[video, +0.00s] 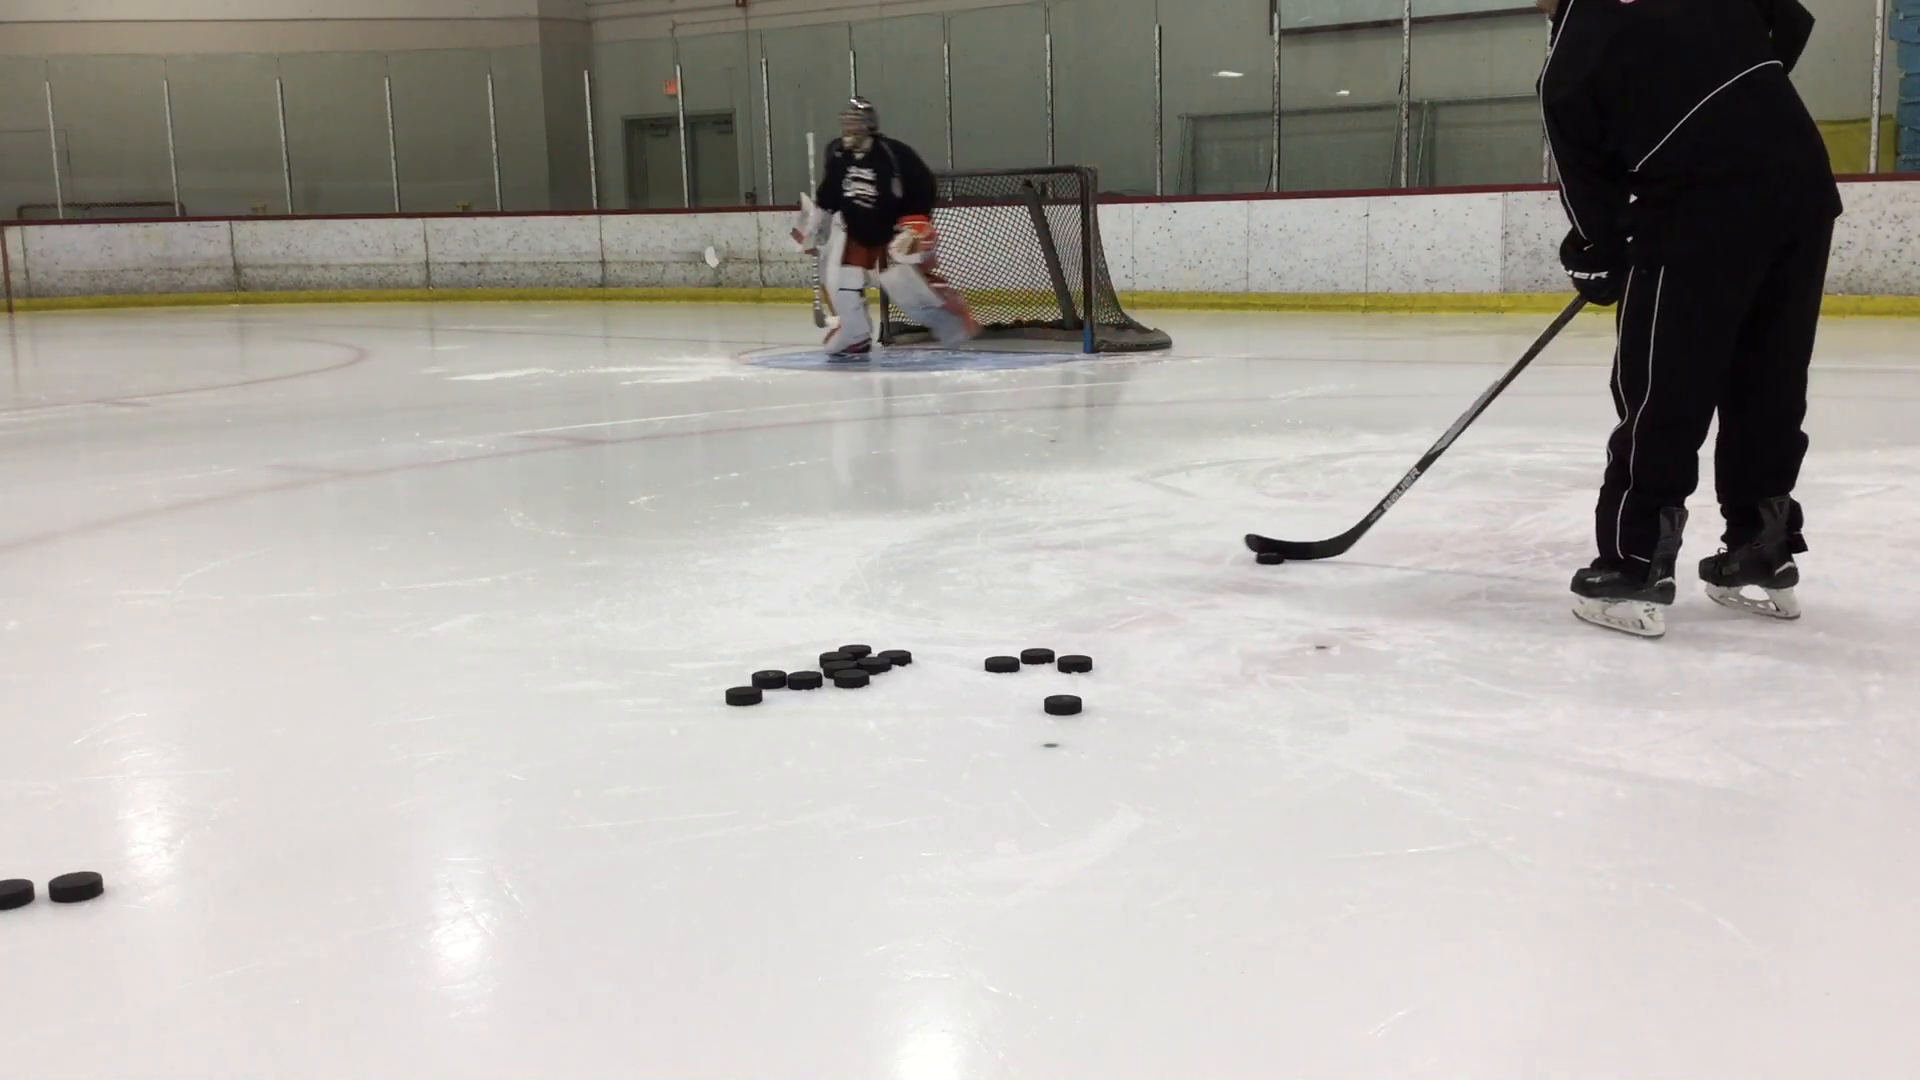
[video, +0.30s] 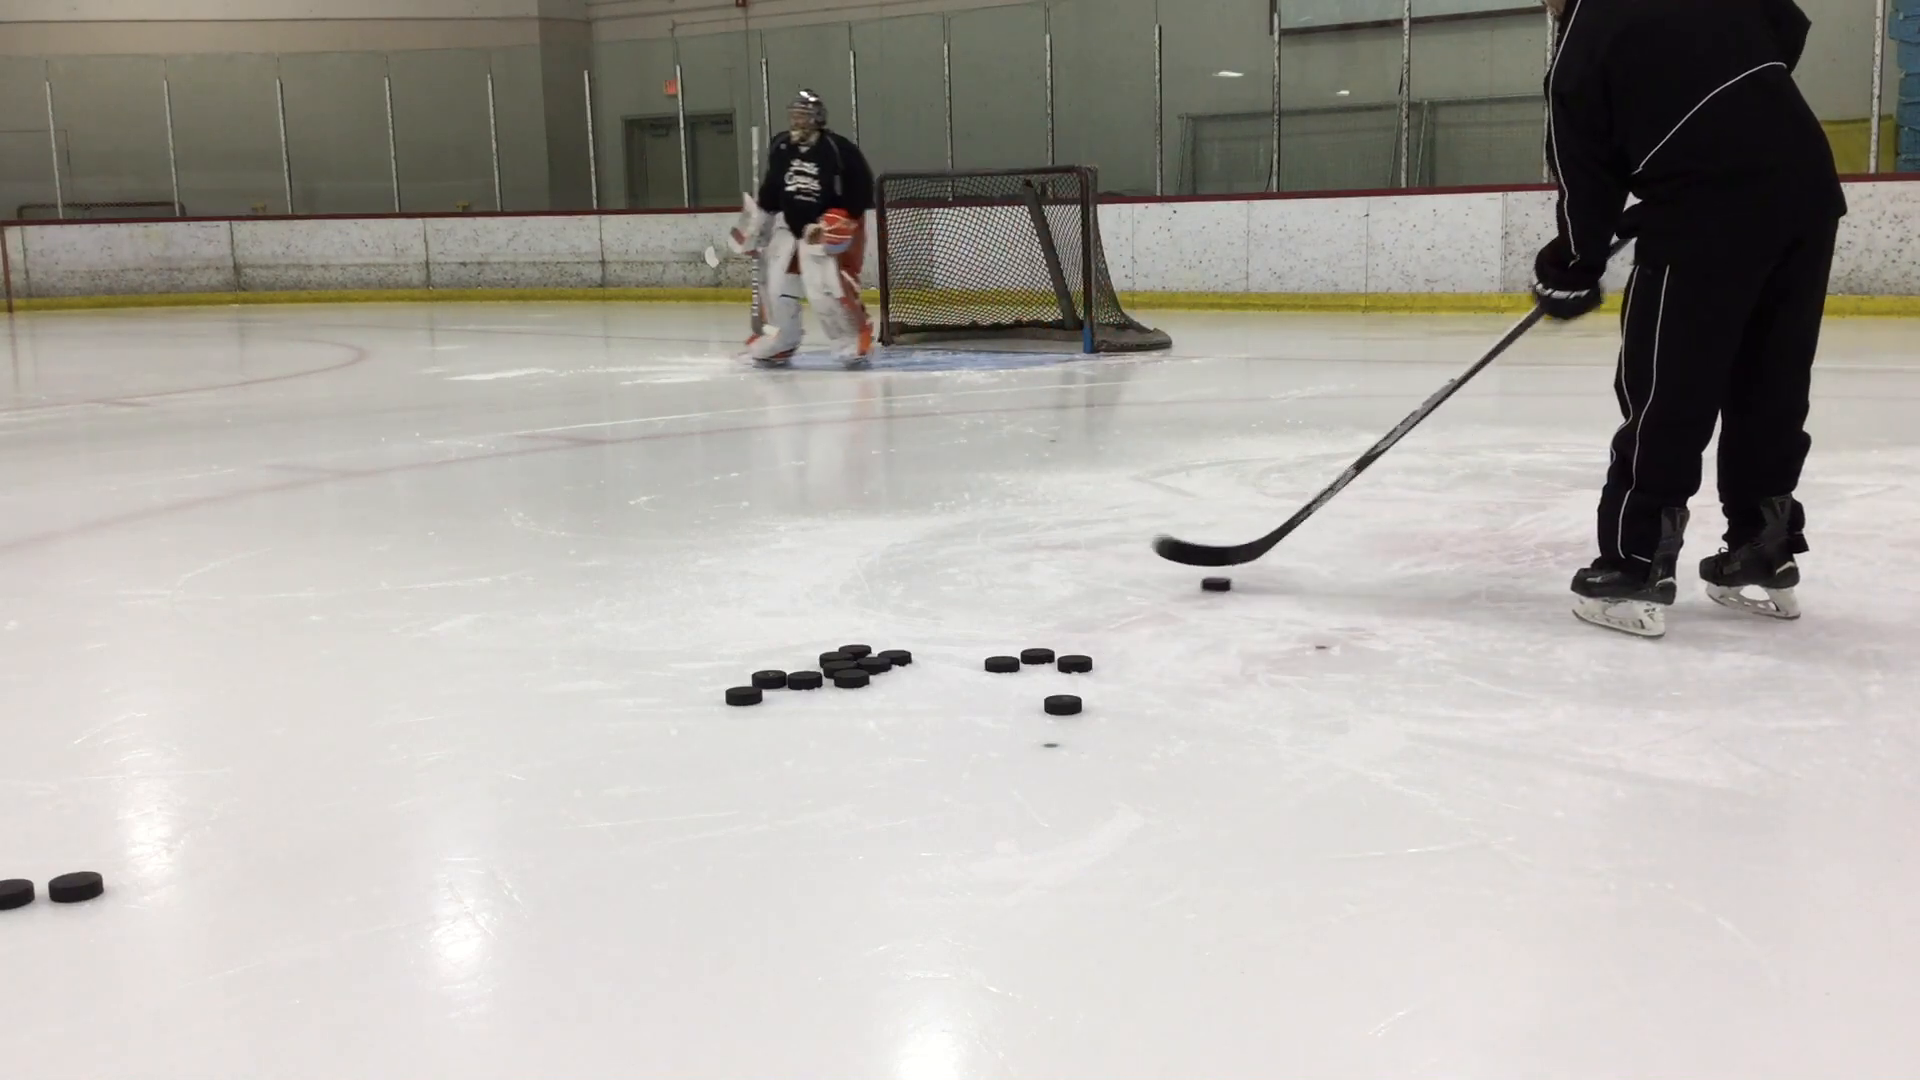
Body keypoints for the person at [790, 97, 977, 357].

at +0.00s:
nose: (849, 131)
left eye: (854, 125)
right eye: (846, 125)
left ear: (869, 127)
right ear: (842, 126)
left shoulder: (894, 154)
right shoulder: (837, 152)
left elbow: (924, 187)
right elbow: (830, 189)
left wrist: (913, 229)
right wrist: (815, 223)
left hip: (890, 237)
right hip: (854, 234)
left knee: (908, 294)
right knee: (841, 286)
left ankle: (954, 329)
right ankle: (855, 338)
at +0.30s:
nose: (796, 121)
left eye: (803, 116)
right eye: (793, 115)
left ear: (818, 119)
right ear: (789, 117)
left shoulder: (840, 150)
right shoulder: (781, 148)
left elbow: (858, 195)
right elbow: (771, 193)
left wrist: (829, 227)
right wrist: (756, 229)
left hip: (823, 237)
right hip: (787, 232)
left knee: (823, 292)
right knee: (778, 287)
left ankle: (850, 345)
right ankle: (782, 343)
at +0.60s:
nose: (733, 122)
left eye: (739, 116)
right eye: (728, 116)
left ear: (753, 119)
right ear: (724, 119)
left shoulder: (775, 150)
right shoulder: (716, 150)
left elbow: (800, 191)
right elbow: (705, 195)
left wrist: (777, 223)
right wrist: (684, 231)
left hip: (761, 236)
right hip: (724, 232)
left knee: (766, 295)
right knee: (707, 283)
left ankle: (802, 348)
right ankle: (700, 348)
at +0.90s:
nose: (667, 141)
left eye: (674, 135)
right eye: (664, 136)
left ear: (689, 136)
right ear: (660, 137)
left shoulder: (719, 162)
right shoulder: (653, 168)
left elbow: (749, 202)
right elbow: (633, 216)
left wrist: (732, 233)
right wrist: (610, 257)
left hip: (710, 247)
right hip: (670, 249)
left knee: (726, 304)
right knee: (654, 304)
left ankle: (755, 359)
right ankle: (633, 362)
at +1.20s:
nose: (661, 159)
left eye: (667, 153)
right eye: (657, 153)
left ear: (682, 154)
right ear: (652, 154)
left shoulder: (711, 179)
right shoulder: (645, 183)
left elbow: (744, 213)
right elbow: (627, 230)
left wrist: (729, 243)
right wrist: (601, 269)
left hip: (702, 260)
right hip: (662, 262)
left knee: (717, 309)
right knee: (635, 311)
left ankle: (747, 363)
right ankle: (601, 362)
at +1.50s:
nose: (694, 185)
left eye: (700, 179)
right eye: (690, 179)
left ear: (714, 181)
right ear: (684, 180)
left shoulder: (734, 202)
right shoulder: (683, 205)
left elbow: (776, 236)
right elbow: (661, 241)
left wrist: (755, 264)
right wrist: (636, 272)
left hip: (746, 269)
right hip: (704, 270)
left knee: (723, 306)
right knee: (672, 306)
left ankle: (781, 349)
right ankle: (666, 357)